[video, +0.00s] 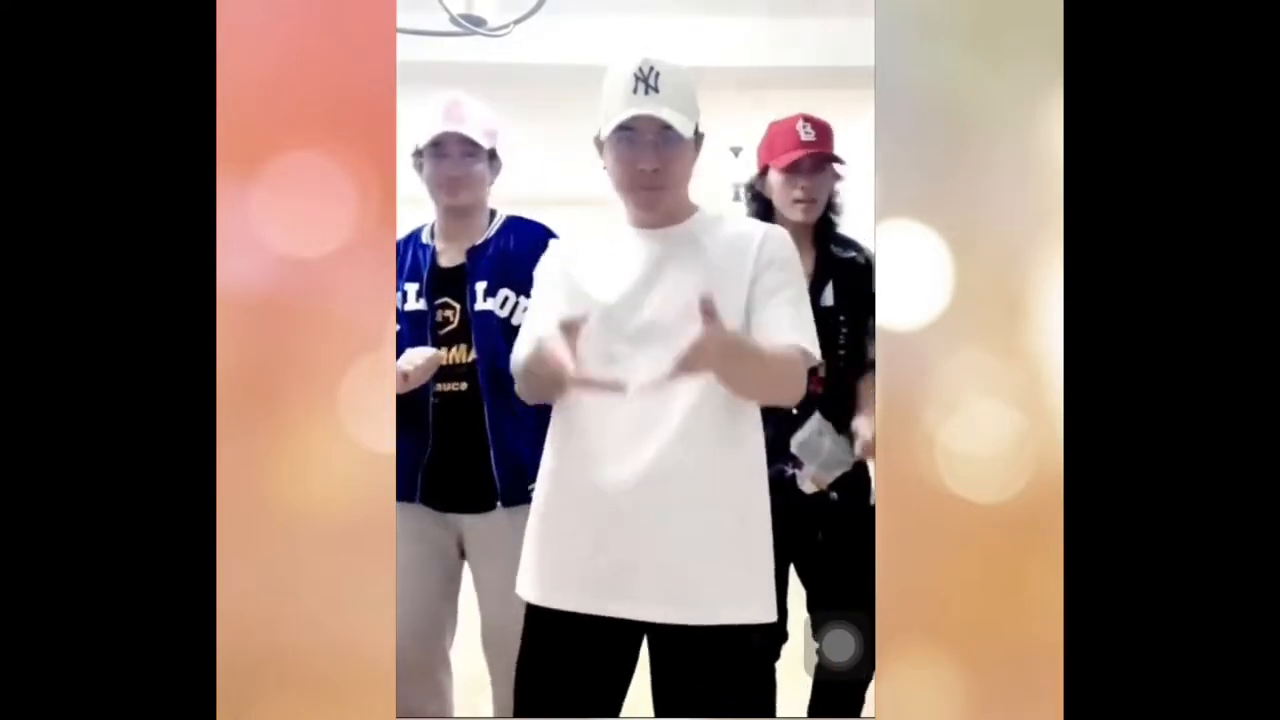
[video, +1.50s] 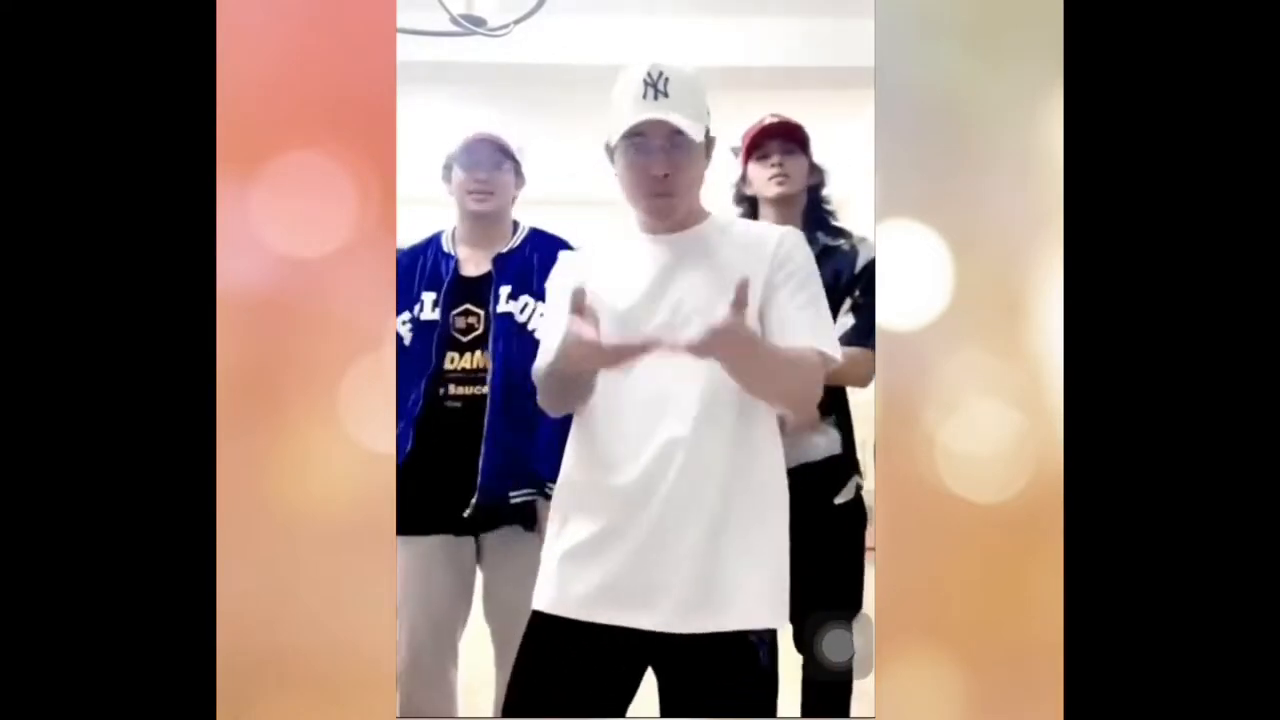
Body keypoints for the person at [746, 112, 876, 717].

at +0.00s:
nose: (806, 183)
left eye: (818, 170)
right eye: (791, 171)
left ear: (833, 180)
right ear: (764, 180)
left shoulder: (855, 266)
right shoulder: (736, 258)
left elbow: (866, 365)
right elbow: (718, 361)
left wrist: (865, 425)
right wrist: (733, 443)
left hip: (837, 485)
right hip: (752, 482)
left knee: (849, 651)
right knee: (750, 644)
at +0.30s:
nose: (792, 170)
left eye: (804, 158)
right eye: (777, 158)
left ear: (820, 170)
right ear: (750, 171)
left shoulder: (843, 260)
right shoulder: (722, 255)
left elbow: (864, 379)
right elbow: (703, 360)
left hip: (826, 470)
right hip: (740, 467)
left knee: (843, 636)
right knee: (743, 632)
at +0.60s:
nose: (791, 160)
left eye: (798, 150)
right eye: (773, 148)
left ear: (806, 167)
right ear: (741, 161)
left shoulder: (821, 253)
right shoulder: (708, 247)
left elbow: (850, 376)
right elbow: (689, 347)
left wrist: (830, 351)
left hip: (813, 448)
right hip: (730, 452)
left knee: (843, 627)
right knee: (745, 623)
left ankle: (832, 719)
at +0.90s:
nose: (784, 160)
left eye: (794, 151)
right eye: (768, 150)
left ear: (803, 167)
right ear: (738, 165)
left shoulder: (822, 258)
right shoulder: (704, 249)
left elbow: (840, 370)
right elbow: (682, 345)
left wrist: (833, 358)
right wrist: (748, 386)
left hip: (810, 463)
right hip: (730, 463)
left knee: (835, 643)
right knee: (740, 636)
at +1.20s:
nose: (772, 159)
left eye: (783, 150)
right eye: (760, 151)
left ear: (802, 166)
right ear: (740, 168)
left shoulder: (835, 257)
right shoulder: (716, 255)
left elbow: (857, 366)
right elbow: (700, 344)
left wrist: (775, 349)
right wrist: (762, 379)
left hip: (813, 475)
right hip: (729, 476)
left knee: (836, 648)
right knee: (731, 646)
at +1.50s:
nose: (778, 164)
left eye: (790, 154)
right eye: (764, 157)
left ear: (812, 170)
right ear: (745, 177)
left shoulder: (851, 256)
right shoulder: (723, 256)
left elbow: (863, 364)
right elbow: (707, 351)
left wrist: (789, 360)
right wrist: (771, 373)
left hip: (819, 470)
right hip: (733, 468)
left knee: (828, 639)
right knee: (741, 638)